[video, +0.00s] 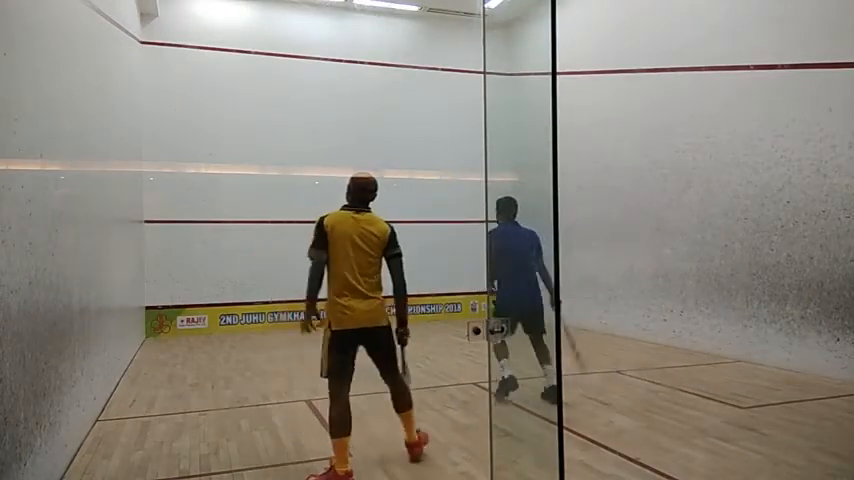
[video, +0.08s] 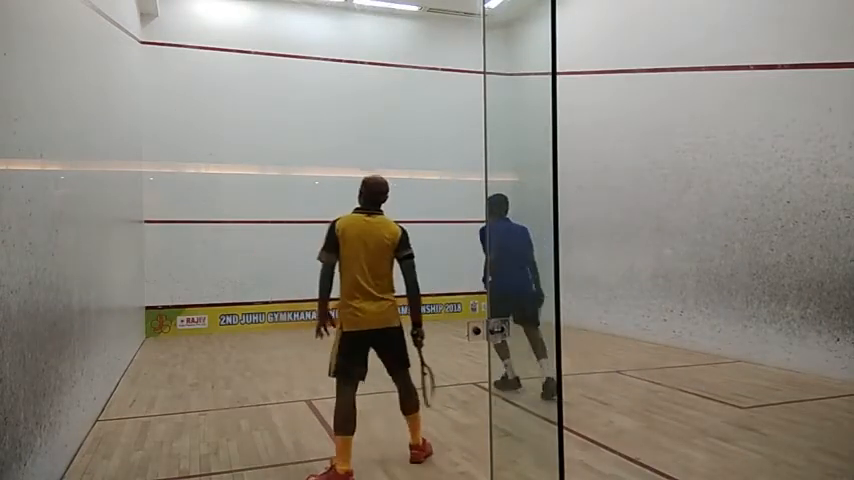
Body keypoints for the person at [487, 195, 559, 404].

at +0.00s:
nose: (496, 215)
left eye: (497, 212)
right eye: (498, 212)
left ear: (499, 214)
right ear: (516, 213)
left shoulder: (493, 237)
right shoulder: (531, 236)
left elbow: (491, 270)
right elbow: (542, 269)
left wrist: (490, 290)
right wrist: (553, 293)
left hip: (506, 298)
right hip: (531, 298)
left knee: (496, 334)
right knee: (537, 339)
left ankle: (507, 374)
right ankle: (552, 384)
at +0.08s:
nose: (487, 213)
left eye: (488, 209)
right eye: (488, 208)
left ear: (490, 210)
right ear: (507, 210)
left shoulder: (486, 231)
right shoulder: (522, 231)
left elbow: (490, 256)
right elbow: (532, 262)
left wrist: (486, 276)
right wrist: (538, 288)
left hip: (501, 291)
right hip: (525, 289)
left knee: (497, 333)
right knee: (533, 331)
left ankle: (510, 376)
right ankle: (549, 378)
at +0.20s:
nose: (479, 215)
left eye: (479, 212)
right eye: (481, 211)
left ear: (479, 212)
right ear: (496, 211)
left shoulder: (477, 233)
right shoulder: (511, 232)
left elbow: (484, 258)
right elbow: (520, 264)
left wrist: (479, 279)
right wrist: (525, 290)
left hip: (496, 293)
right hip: (518, 291)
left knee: (497, 333)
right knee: (527, 331)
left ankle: (513, 371)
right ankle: (545, 368)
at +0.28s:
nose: (470, 222)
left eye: (469, 219)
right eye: (474, 218)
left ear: (469, 219)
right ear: (486, 217)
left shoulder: (468, 241)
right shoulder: (499, 236)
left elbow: (473, 269)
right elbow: (511, 268)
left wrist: (468, 287)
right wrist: (513, 289)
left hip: (489, 295)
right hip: (510, 292)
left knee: (493, 335)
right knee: (516, 330)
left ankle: (513, 372)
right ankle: (542, 359)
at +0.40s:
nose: (457, 221)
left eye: (457, 218)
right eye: (458, 218)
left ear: (458, 219)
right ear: (474, 217)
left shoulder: (459, 240)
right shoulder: (488, 235)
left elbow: (462, 269)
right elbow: (505, 262)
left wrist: (454, 281)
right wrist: (501, 285)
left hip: (480, 295)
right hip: (497, 292)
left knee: (490, 338)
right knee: (502, 330)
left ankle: (514, 370)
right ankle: (525, 355)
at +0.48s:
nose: (445, 218)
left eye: (445, 215)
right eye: (447, 215)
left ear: (446, 216)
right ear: (463, 214)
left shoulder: (447, 235)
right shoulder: (476, 231)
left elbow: (448, 263)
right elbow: (492, 254)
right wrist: (490, 278)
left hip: (465, 287)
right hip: (484, 285)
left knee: (480, 325)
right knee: (487, 323)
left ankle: (503, 363)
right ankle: (498, 361)